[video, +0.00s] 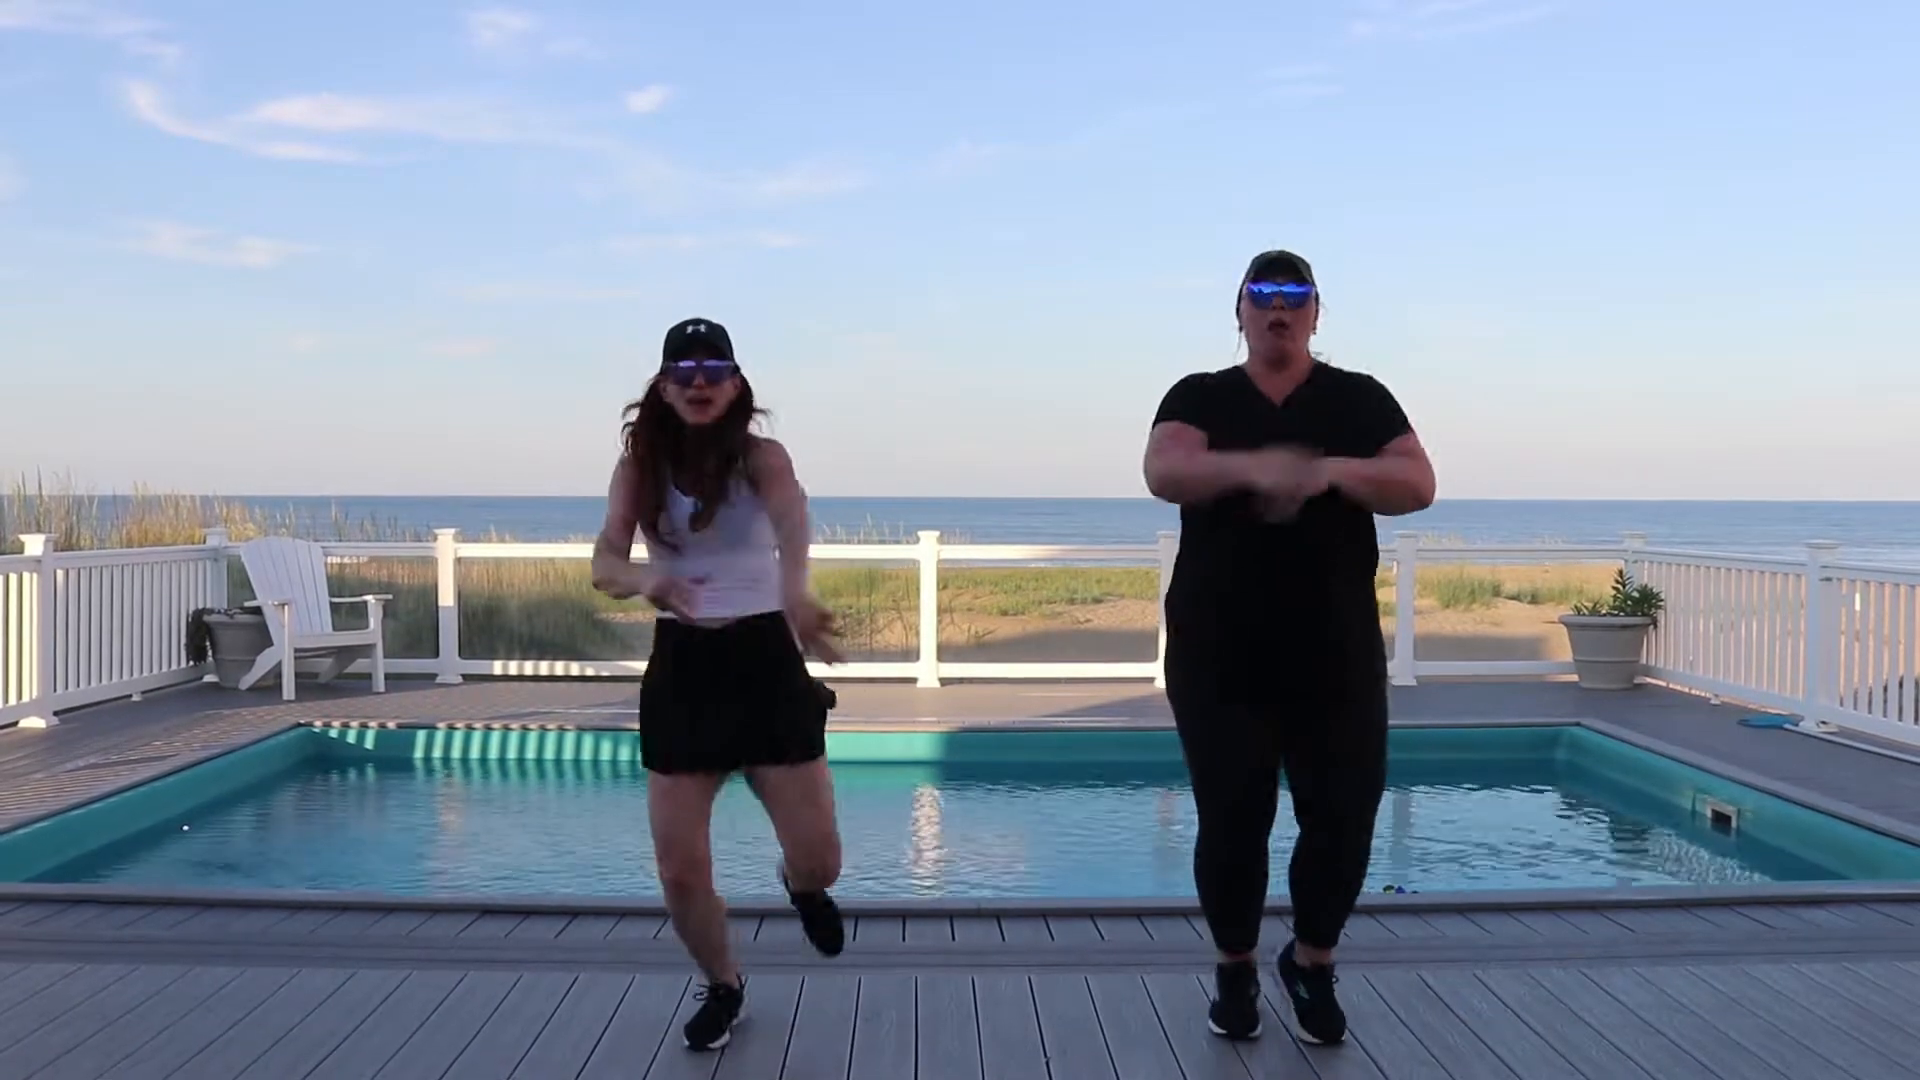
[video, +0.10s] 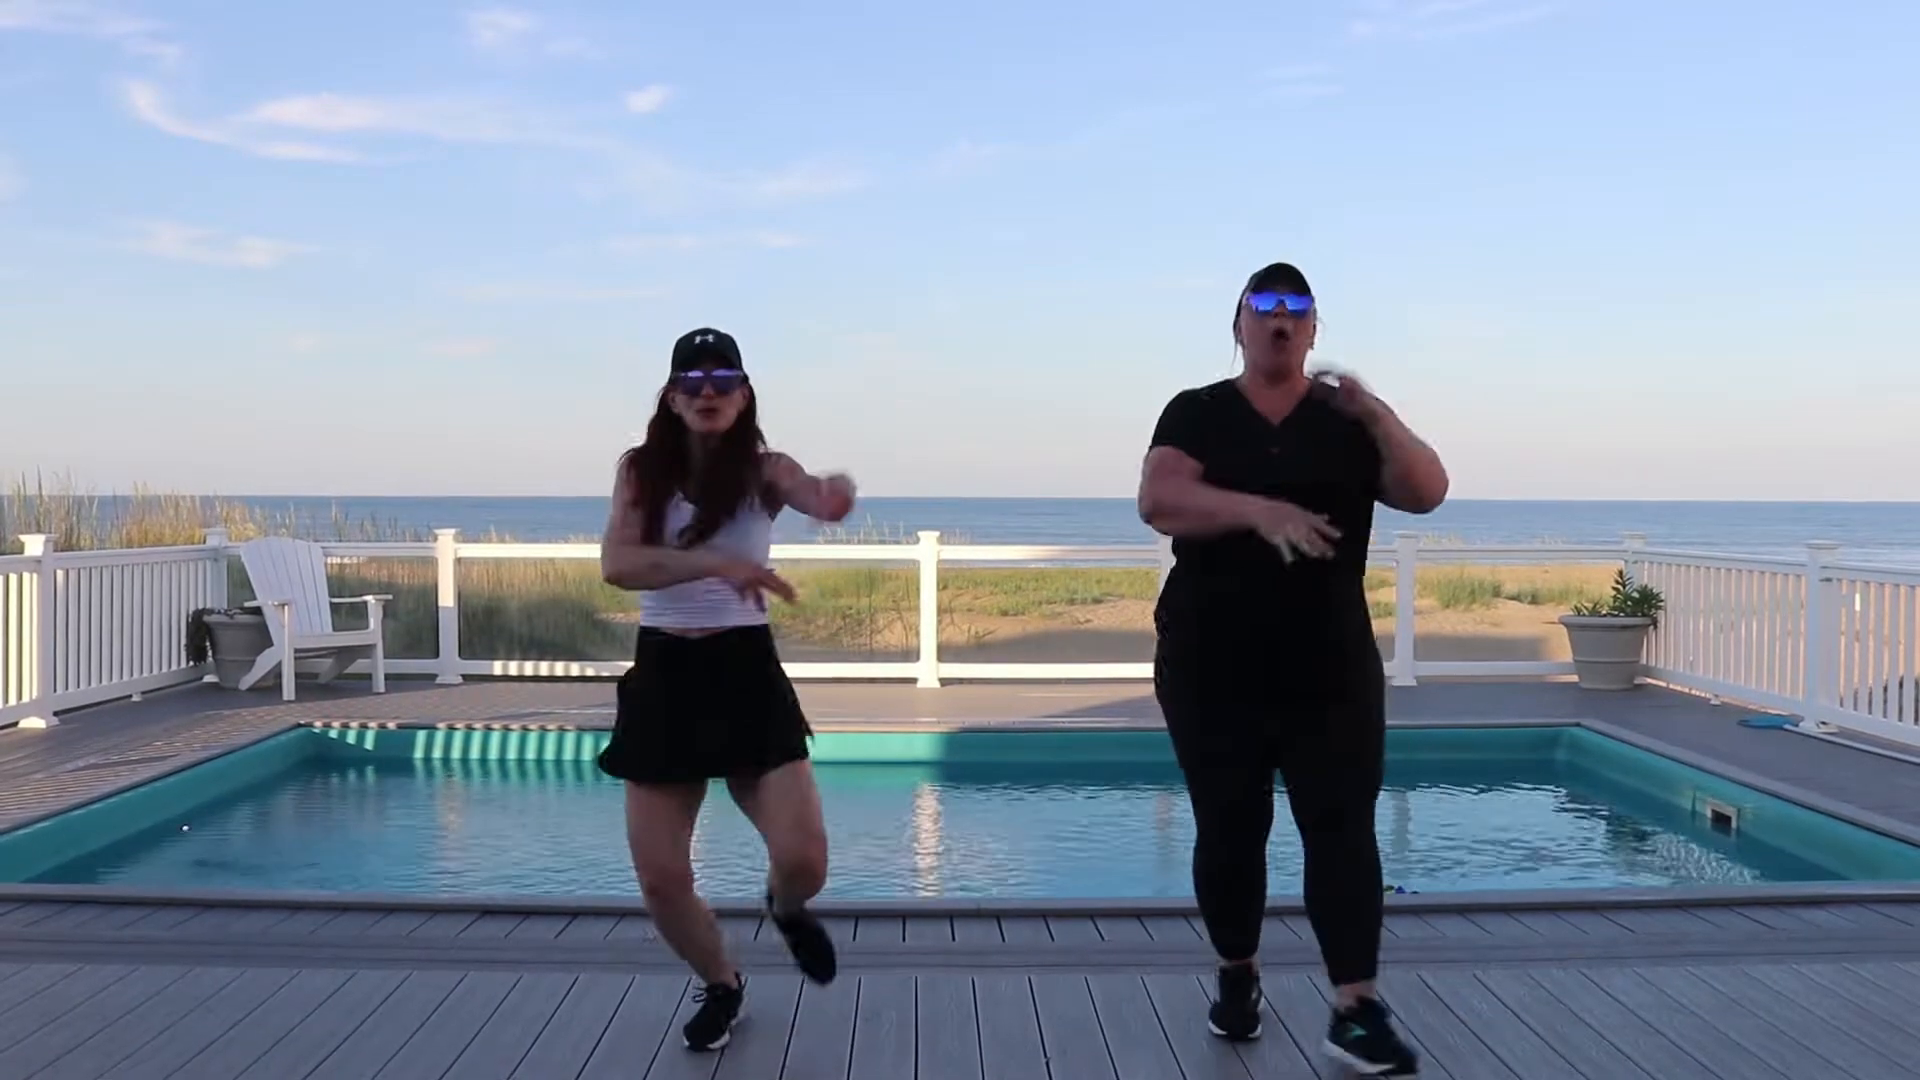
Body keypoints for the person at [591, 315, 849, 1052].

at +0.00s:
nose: (699, 385)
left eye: (714, 372)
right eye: (683, 373)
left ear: (736, 381)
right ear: (662, 383)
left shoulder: (762, 457)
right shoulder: (641, 464)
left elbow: (793, 525)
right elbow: (606, 564)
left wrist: (796, 596)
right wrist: (646, 578)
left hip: (767, 658)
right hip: (681, 663)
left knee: (818, 859)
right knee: (679, 869)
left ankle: (805, 888)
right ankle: (723, 983)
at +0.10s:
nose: (707, 395)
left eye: (722, 381)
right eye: (691, 383)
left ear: (744, 391)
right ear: (671, 394)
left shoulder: (763, 467)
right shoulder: (642, 469)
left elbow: (814, 499)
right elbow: (619, 564)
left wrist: (832, 495)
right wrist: (725, 566)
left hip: (746, 670)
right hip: (664, 673)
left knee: (807, 859)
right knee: (659, 879)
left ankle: (787, 909)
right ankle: (721, 982)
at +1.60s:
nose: (720, 367)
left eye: (736, 356)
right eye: (706, 354)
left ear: (757, 366)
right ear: (682, 363)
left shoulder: (778, 424)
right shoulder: (670, 452)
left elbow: (809, 513)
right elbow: (636, 571)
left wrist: (720, 586)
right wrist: (633, 476)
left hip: (819, 637)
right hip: (737, 644)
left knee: (842, 831)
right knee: (726, 835)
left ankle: (825, 955)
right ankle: (760, 988)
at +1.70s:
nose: (723, 381)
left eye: (740, 368)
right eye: (709, 366)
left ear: (762, 377)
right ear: (687, 374)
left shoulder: (789, 448)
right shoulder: (667, 464)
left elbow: (816, 530)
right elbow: (642, 583)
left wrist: (816, 616)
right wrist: (673, 560)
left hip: (803, 650)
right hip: (722, 660)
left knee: (854, 853)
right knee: (730, 867)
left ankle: (817, 887)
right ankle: (763, 990)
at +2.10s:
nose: (776, 383)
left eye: (790, 369)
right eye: (760, 369)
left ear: (811, 377)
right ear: (737, 375)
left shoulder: (815, 469)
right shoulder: (704, 438)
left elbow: (852, 537)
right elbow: (672, 520)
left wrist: (885, 435)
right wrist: (783, 533)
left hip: (772, 661)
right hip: (686, 660)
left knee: (765, 857)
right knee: (678, 869)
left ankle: (749, 1037)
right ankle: (740, 962)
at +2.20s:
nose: (777, 392)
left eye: (792, 379)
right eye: (763, 378)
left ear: (813, 389)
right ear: (739, 384)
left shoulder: (814, 481)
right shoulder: (701, 449)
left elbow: (840, 559)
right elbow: (666, 534)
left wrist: (875, 455)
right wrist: (775, 548)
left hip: (771, 669)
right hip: (683, 668)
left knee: (772, 858)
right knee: (673, 876)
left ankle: (752, 1033)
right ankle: (720, 953)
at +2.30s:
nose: (775, 382)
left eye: (790, 369)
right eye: (760, 368)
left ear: (809, 382)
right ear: (735, 377)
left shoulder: (806, 462)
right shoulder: (700, 441)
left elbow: (844, 541)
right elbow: (673, 521)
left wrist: (872, 437)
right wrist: (779, 533)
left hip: (766, 663)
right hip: (680, 661)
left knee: (769, 853)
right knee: (679, 869)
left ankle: (756, 1028)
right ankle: (703, 970)